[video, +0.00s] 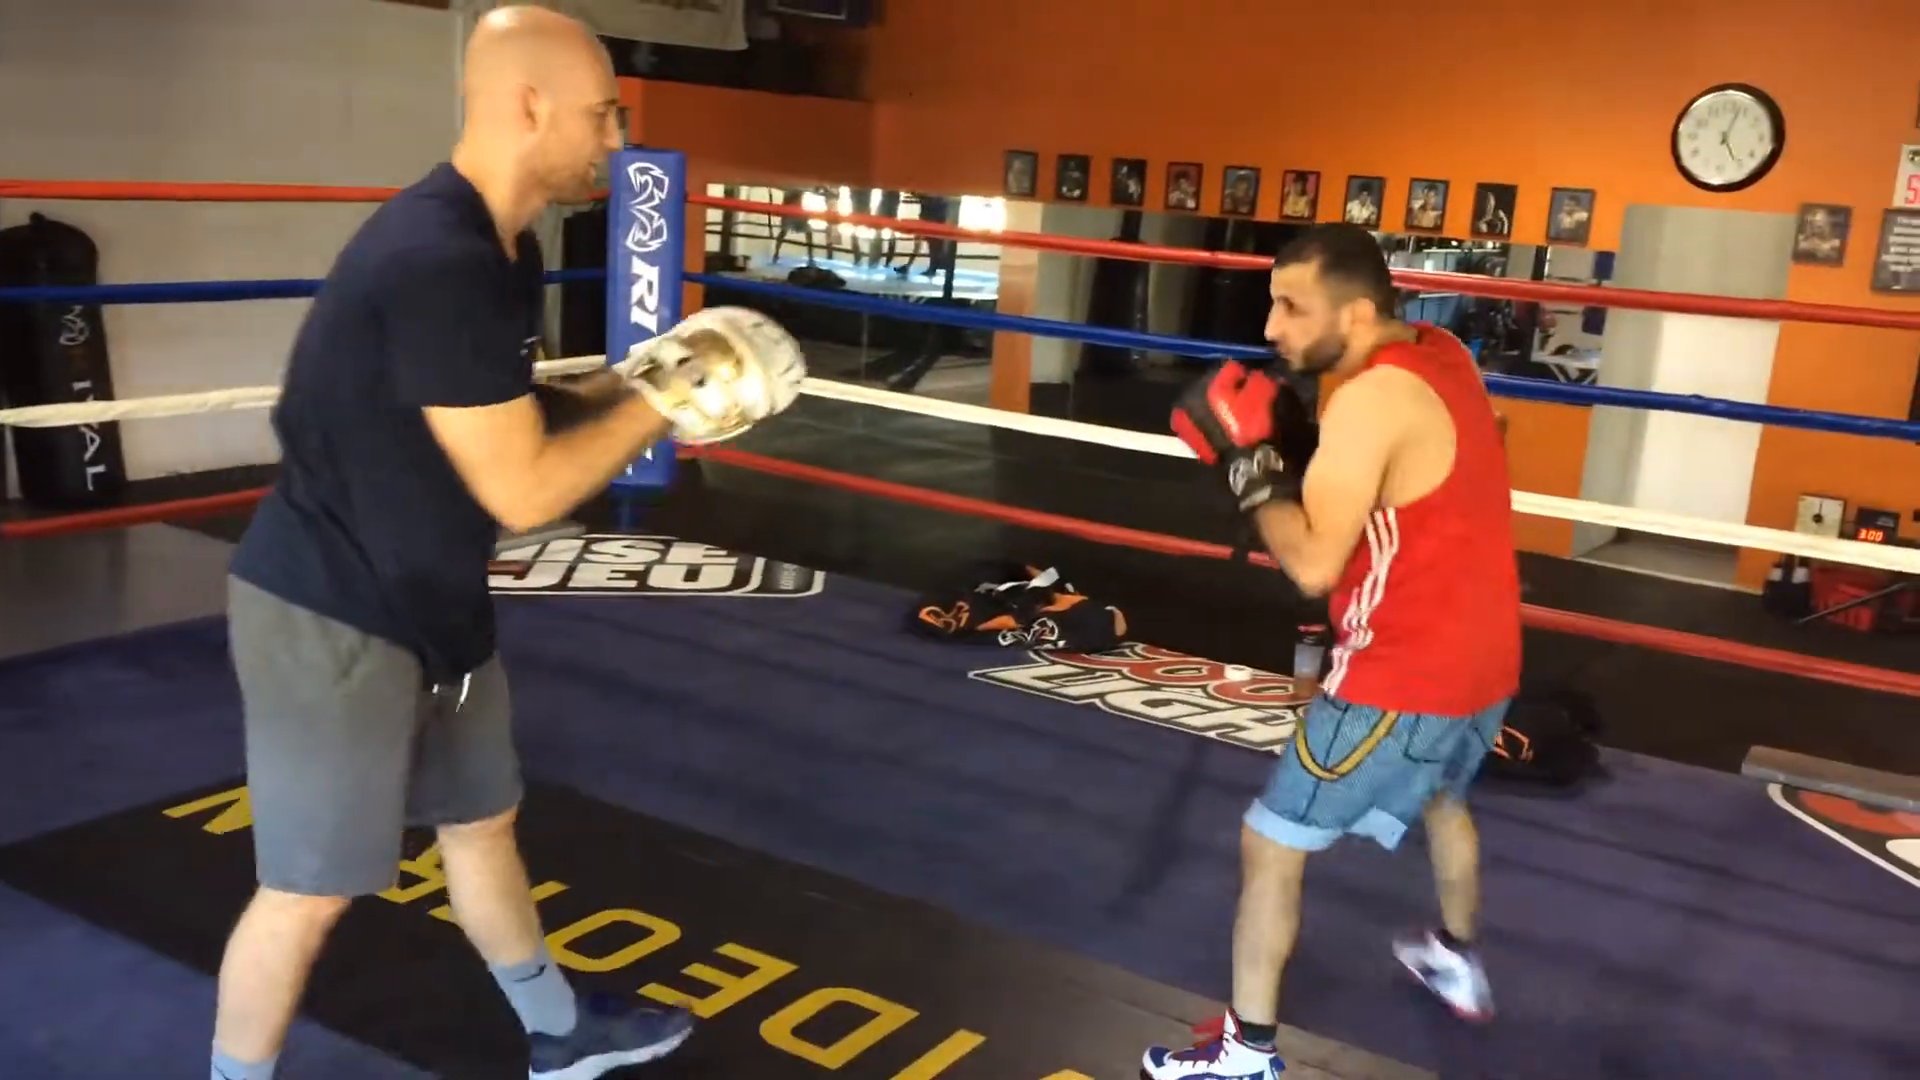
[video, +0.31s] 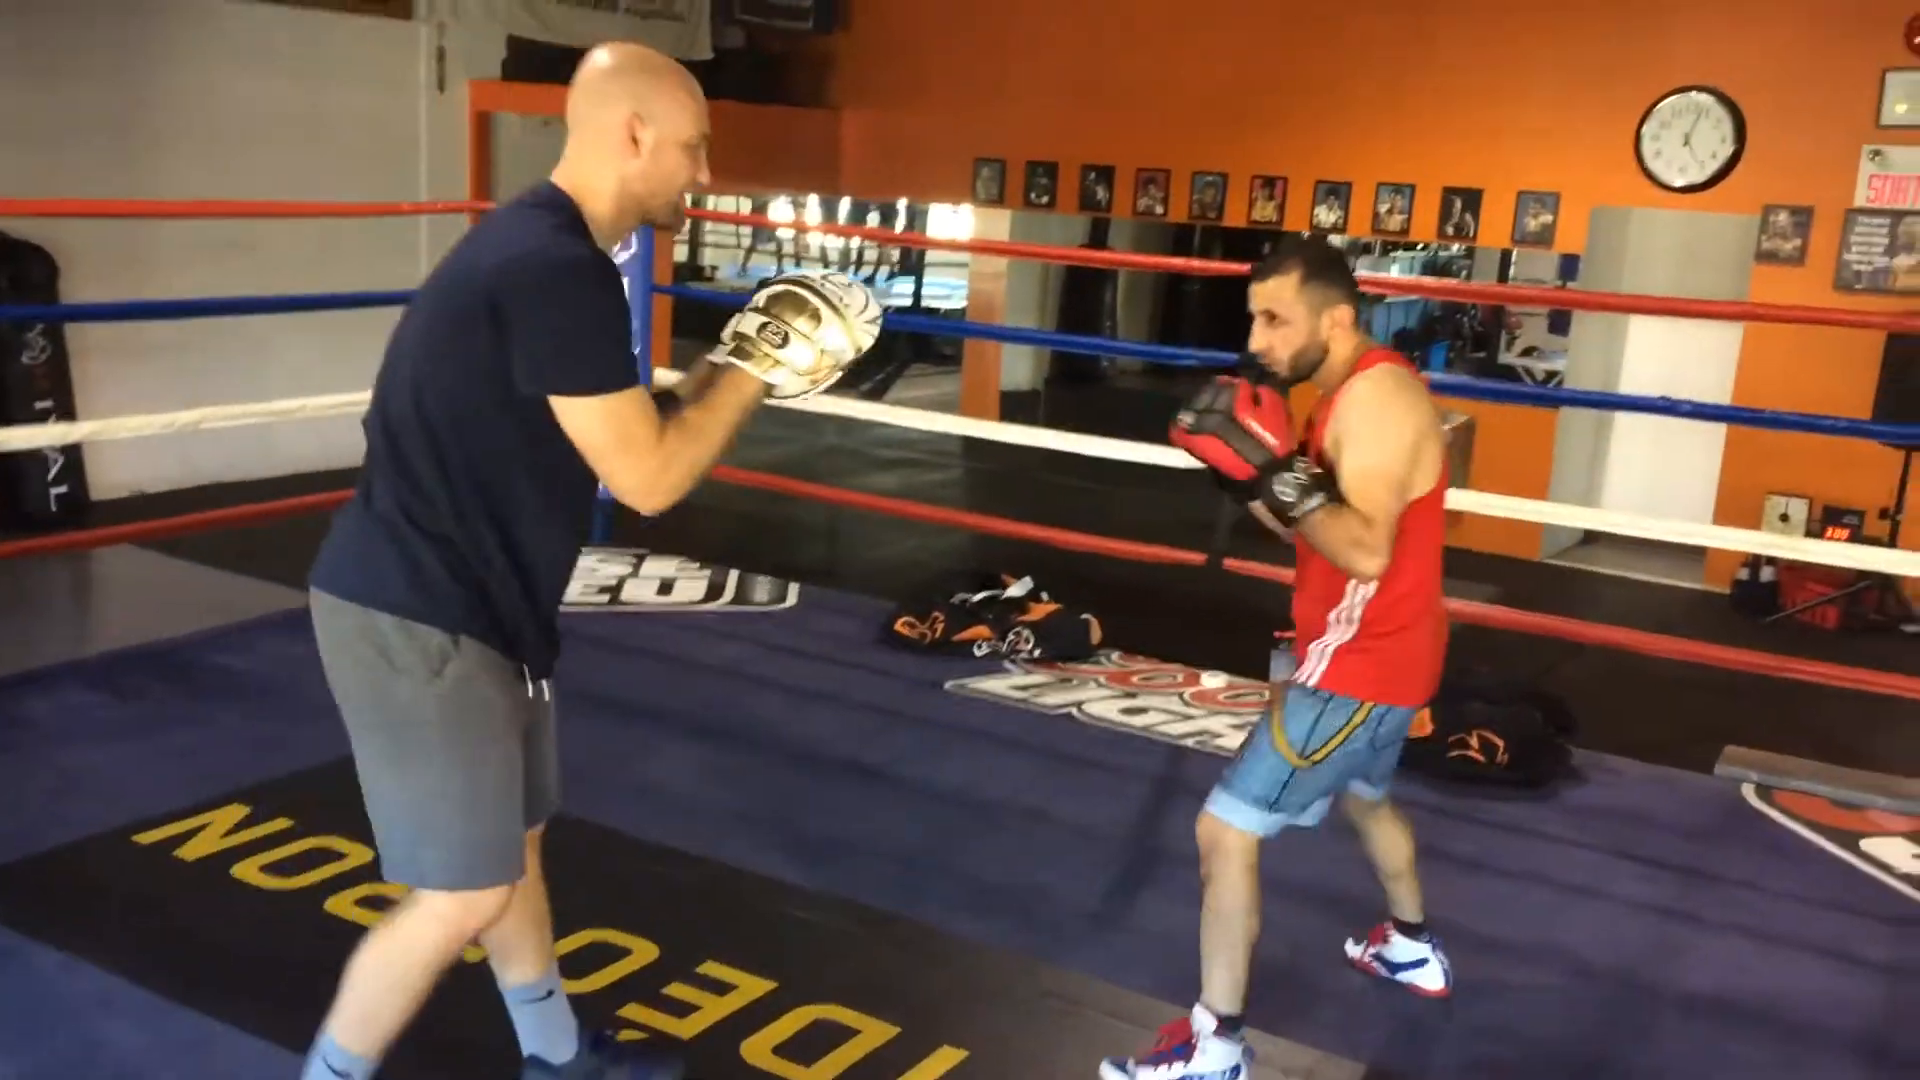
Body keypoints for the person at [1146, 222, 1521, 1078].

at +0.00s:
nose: (1272, 325)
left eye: (1290, 307)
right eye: (1273, 304)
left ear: (1357, 313)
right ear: (1368, 312)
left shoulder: (1370, 399)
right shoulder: (1443, 355)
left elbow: (1313, 562)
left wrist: (1248, 466)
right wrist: (1288, 428)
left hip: (1403, 674)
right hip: (1485, 665)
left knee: (1274, 838)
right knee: (1444, 800)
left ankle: (1248, 1042)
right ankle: (1459, 959)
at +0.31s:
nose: (1259, 340)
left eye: (1274, 321)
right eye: (1255, 321)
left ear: (1336, 316)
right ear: (1322, 319)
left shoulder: (1379, 398)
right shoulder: (1341, 389)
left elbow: (1370, 551)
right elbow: (1320, 534)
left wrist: (1284, 473)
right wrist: (1255, 473)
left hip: (1363, 665)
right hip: (1377, 654)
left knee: (1226, 830)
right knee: (1367, 799)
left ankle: (1214, 1041)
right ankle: (1412, 942)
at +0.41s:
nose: (1232, 355)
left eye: (1248, 336)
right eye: (1229, 336)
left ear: (1308, 332)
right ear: (1297, 338)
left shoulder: (1342, 402)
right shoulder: (1310, 399)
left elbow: (1323, 546)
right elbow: (1269, 528)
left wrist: (1241, 460)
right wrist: (1223, 473)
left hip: (1336, 688)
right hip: (1340, 676)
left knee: (1197, 845)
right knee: (1304, 791)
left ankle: (1200, 1050)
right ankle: (1365, 931)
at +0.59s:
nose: (1182, 400)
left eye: (1201, 381)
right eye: (1178, 380)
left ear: (1261, 379)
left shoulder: (1302, 459)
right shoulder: (1244, 454)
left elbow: (1269, 608)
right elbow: (1173, 566)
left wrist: (1186, 511)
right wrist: (1114, 487)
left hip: (1278, 726)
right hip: (1259, 709)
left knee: (1088, 842)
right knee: (1242, 818)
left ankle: (1130, 1050)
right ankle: (1327, 967)